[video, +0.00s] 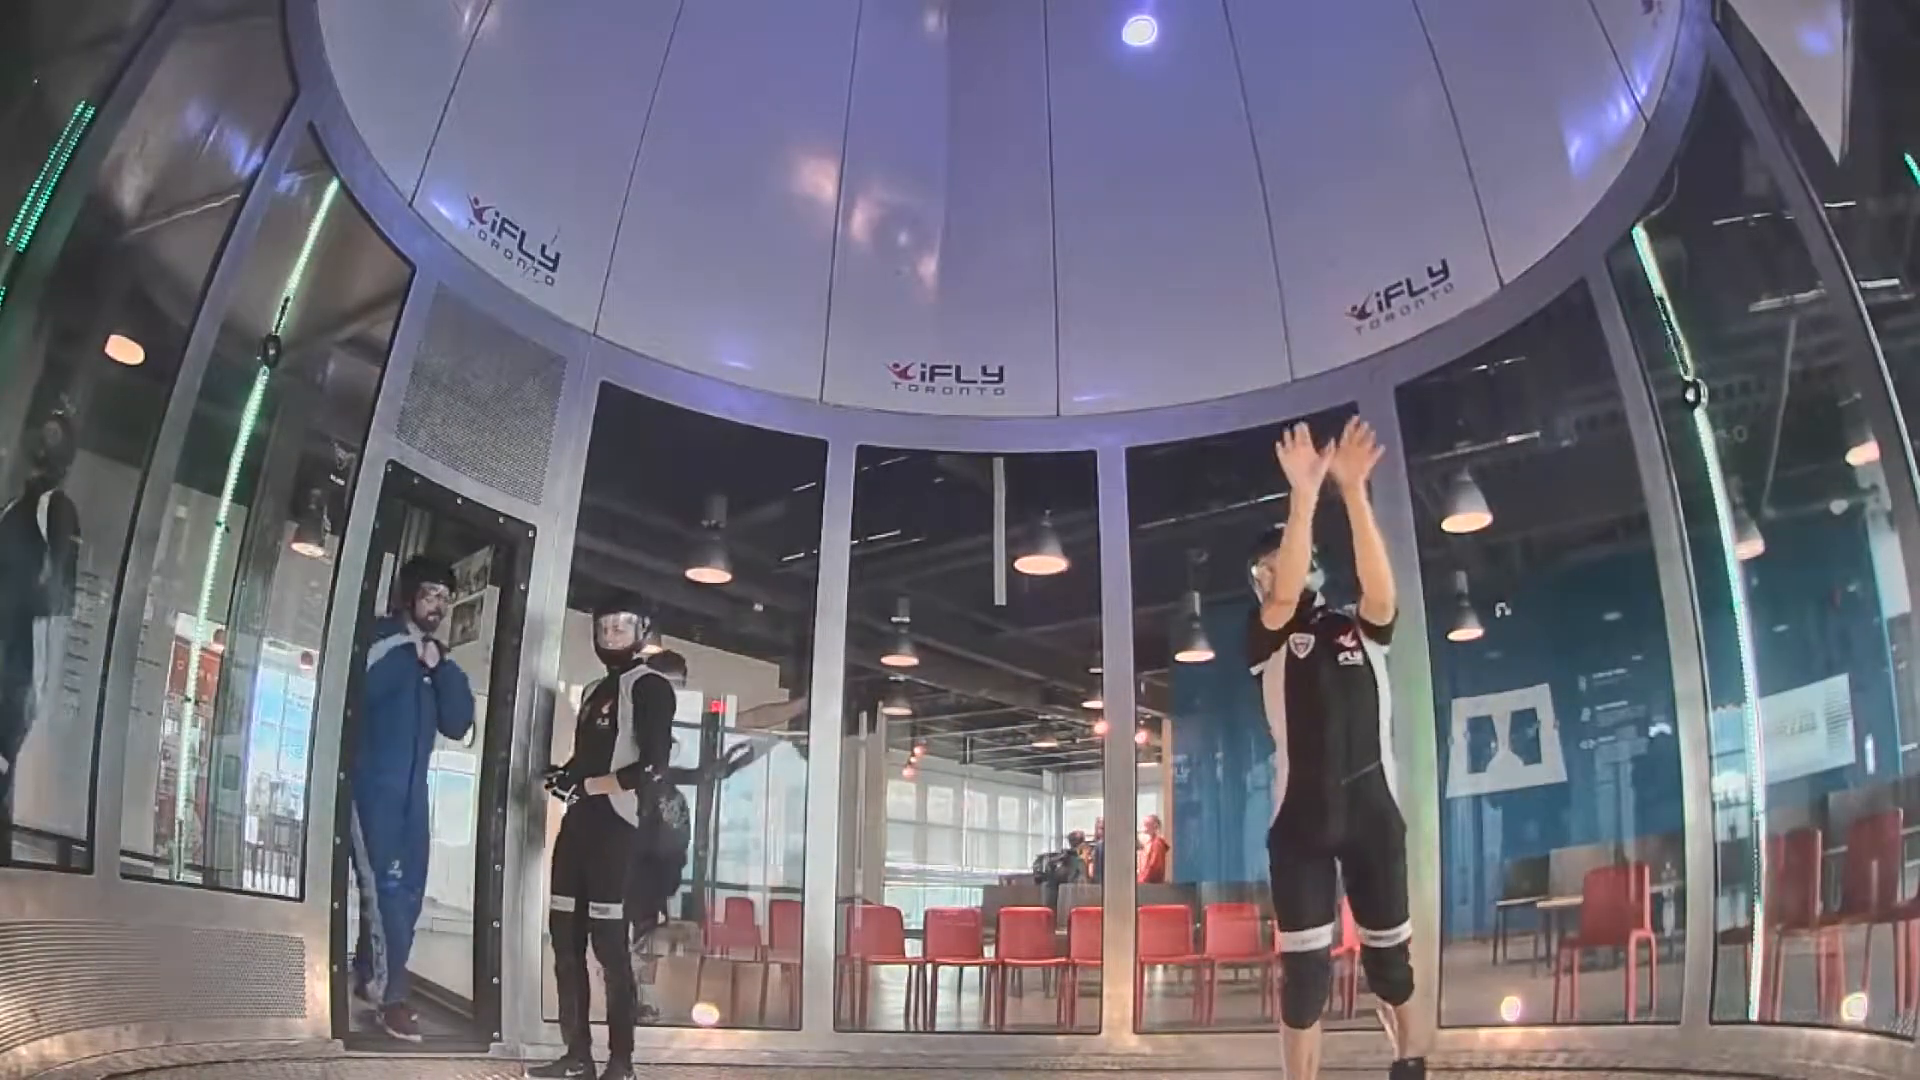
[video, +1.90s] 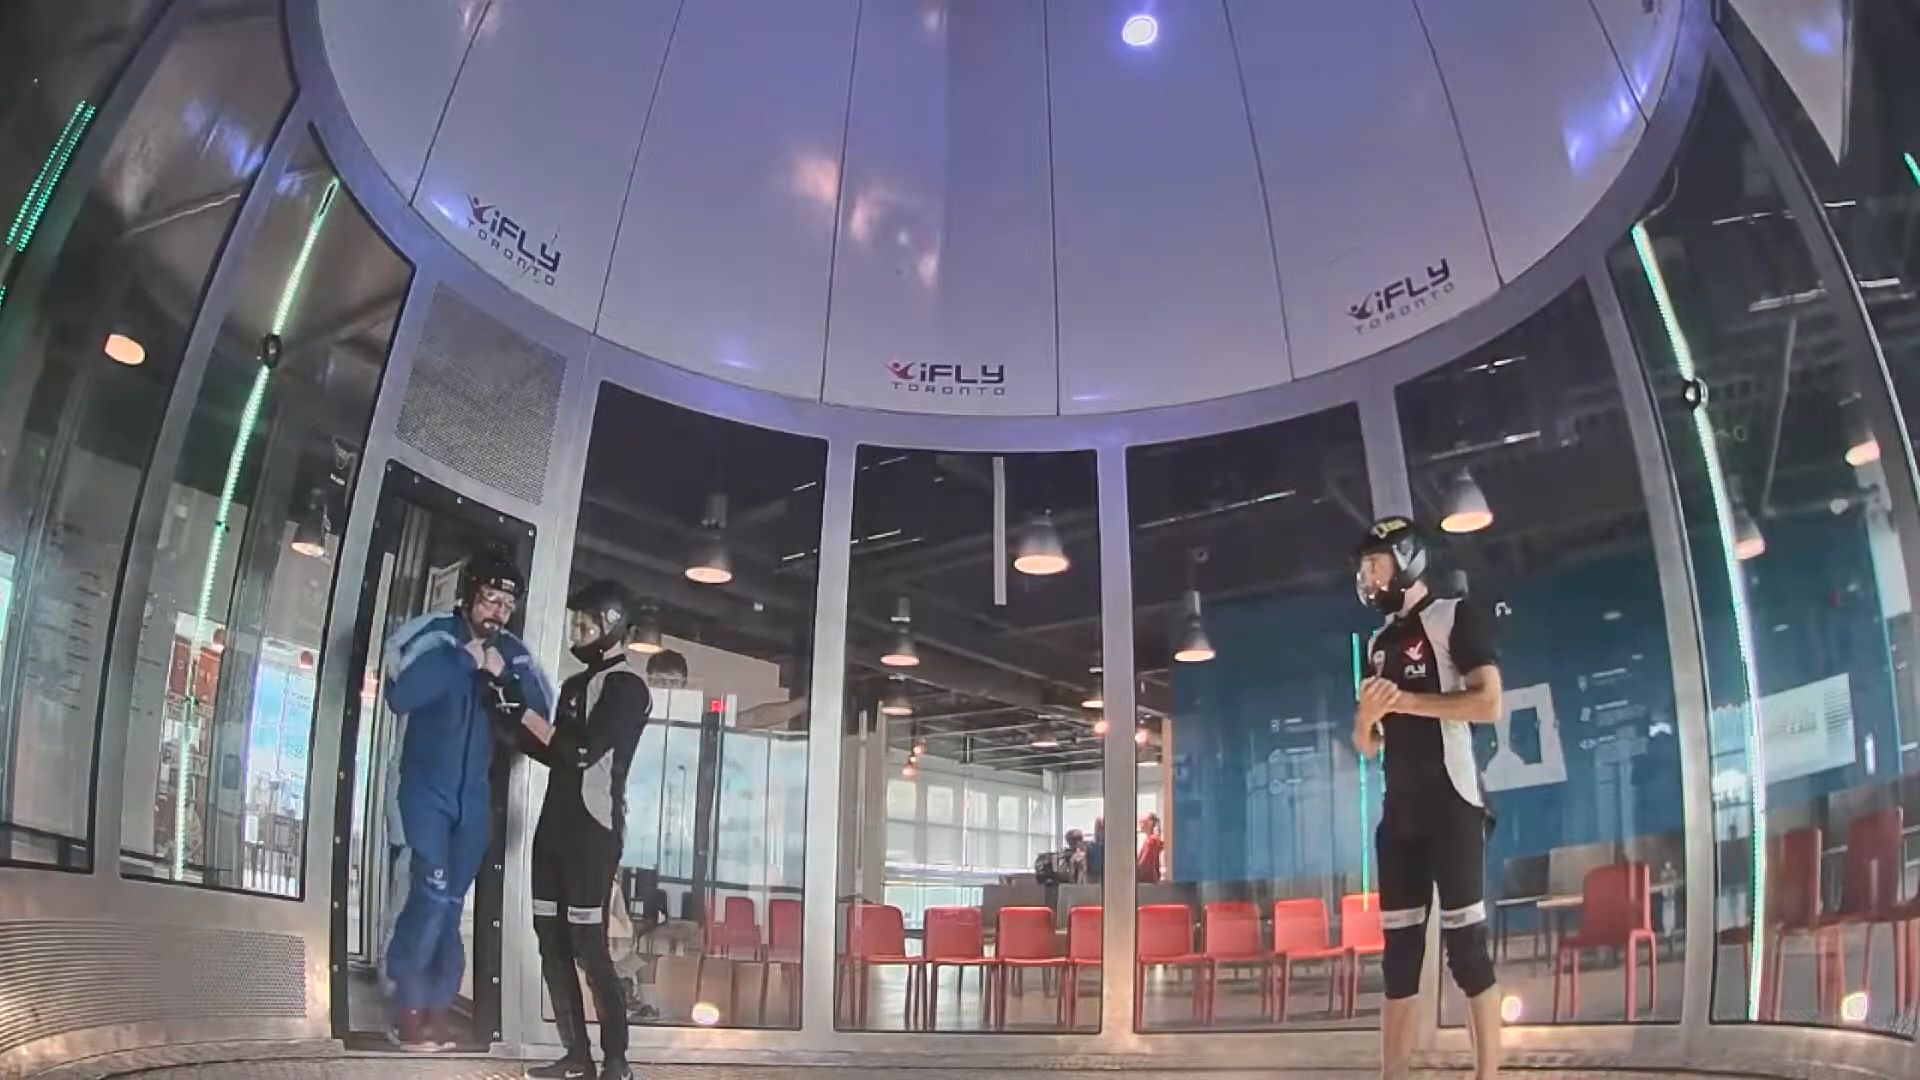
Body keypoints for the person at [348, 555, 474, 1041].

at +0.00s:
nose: (436, 606)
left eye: (443, 600)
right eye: (428, 596)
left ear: (447, 607)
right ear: (406, 597)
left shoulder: (438, 660)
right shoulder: (376, 639)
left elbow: (457, 725)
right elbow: (360, 693)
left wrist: (440, 665)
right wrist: (407, 647)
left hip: (415, 785)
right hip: (372, 780)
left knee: (410, 888)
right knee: (386, 883)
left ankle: (364, 972)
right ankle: (395, 999)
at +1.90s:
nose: (496, 612)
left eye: (506, 604)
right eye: (488, 600)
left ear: (513, 609)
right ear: (467, 596)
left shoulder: (511, 651)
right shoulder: (434, 637)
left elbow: (543, 712)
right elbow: (400, 696)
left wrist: (506, 671)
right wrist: (462, 657)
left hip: (477, 790)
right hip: (427, 784)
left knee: (452, 899)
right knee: (435, 889)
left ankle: (436, 1011)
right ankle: (408, 1005)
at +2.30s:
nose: (552, 647)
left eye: (561, 638)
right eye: (543, 633)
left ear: (567, 643)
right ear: (516, 626)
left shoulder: (562, 688)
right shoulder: (476, 670)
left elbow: (612, 749)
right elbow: (447, 735)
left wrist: (574, 725)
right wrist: (522, 702)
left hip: (500, 828)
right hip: (446, 820)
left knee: (481, 947)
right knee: (449, 930)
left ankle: (422, 1025)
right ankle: (406, 1047)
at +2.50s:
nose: (579, 677)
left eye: (590, 671)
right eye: (571, 663)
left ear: (599, 672)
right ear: (543, 653)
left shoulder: (585, 702)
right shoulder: (501, 680)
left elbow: (619, 715)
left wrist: (656, 732)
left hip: (515, 851)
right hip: (455, 836)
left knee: (498, 965)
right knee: (464, 959)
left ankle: (419, 1026)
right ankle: (404, 1047)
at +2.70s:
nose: (604, 714)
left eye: (615, 705)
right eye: (595, 701)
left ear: (624, 710)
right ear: (572, 694)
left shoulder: (618, 735)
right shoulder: (529, 720)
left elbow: (684, 725)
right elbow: (493, 656)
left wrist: (751, 715)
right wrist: (572, 651)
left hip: (529, 887)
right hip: (470, 869)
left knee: (498, 997)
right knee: (478, 992)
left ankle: (424, 1038)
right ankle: (404, 1040)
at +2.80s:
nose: (618, 722)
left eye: (630, 714)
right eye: (609, 707)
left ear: (640, 719)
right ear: (583, 698)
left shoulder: (629, 744)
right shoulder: (540, 721)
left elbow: (700, 722)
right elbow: (508, 645)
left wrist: (768, 705)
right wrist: (574, 617)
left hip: (535, 899)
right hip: (477, 876)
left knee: (488, 1014)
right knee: (478, 1008)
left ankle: (420, 1044)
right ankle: (407, 1037)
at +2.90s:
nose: (663, 745)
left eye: (675, 733)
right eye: (653, 728)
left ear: (684, 728)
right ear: (624, 709)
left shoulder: (675, 735)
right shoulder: (579, 718)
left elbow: (748, 706)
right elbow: (555, 624)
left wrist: (826, 670)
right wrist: (590, 554)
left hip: (548, 896)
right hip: (493, 875)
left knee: (480, 1002)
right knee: (465, 1005)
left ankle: (423, 1049)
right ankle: (408, 1053)